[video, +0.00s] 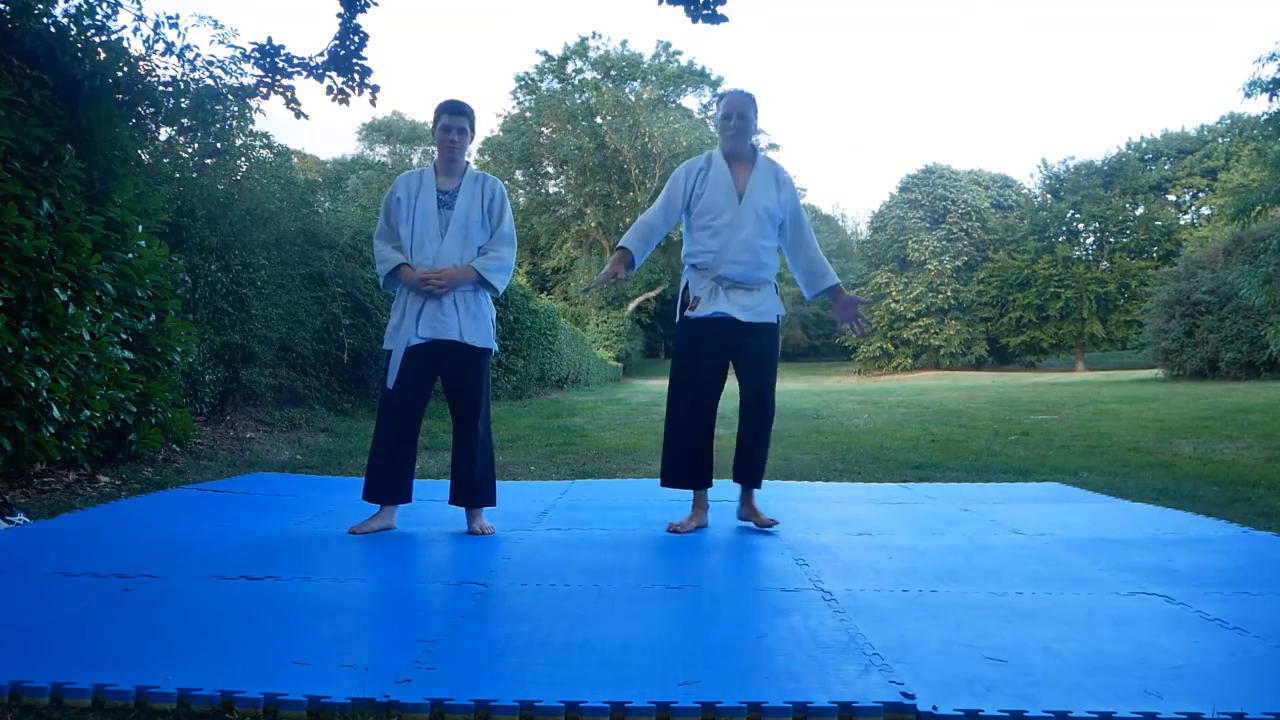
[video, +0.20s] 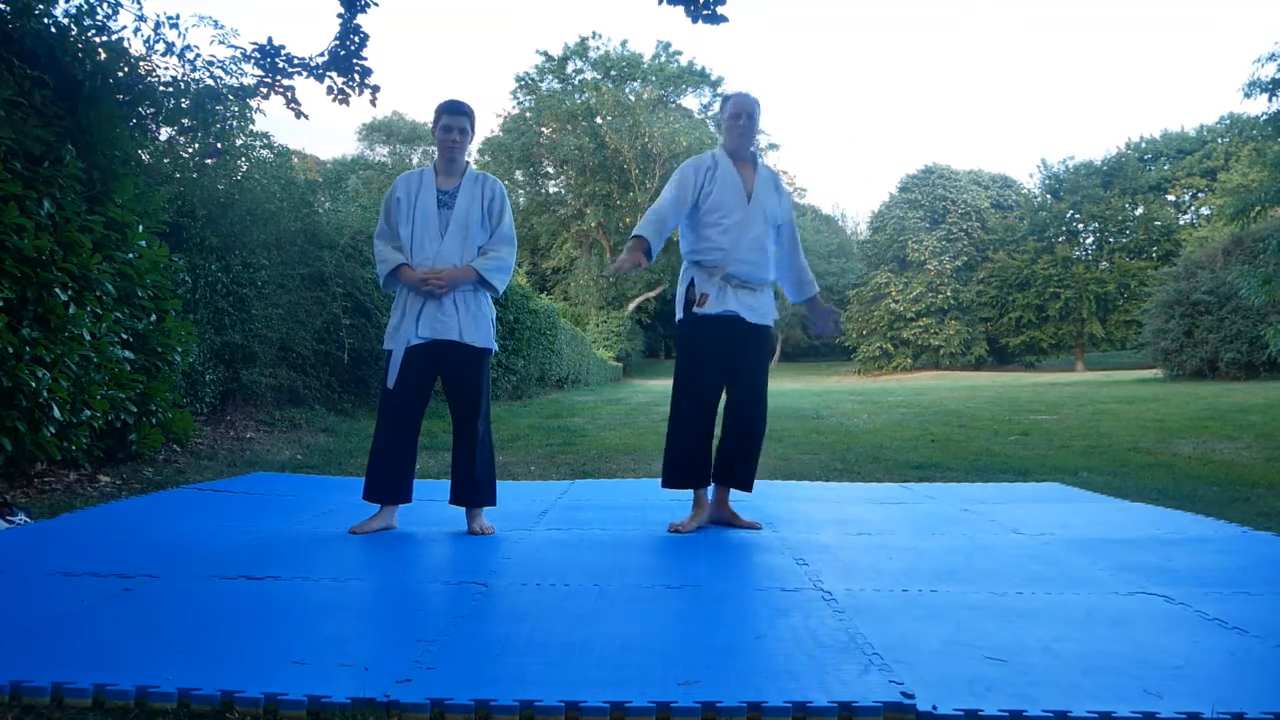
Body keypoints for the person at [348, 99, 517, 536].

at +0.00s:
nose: (452, 137)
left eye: (460, 131)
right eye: (446, 129)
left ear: (472, 139)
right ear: (433, 134)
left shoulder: (491, 190)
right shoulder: (405, 186)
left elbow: (503, 256)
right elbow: (383, 246)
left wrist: (457, 275)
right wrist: (412, 276)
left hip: (469, 321)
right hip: (413, 319)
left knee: (472, 420)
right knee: (397, 415)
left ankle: (475, 513)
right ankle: (387, 510)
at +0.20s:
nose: (453, 137)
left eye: (461, 131)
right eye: (446, 129)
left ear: (472, 138)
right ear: (433, 133)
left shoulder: (491, 190)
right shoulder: (404, 186)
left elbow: (503, 256)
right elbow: (383, 247)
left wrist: (457, 275)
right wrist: (411, 276)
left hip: (469, 321)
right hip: (413, 319)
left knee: (472, 420)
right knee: (397, 415)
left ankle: (475, 513)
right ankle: (388, 510)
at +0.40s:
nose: (466, 139)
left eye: (472, 133)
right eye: (459, 130)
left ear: (477, 138)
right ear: (437, 132)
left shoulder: (489, 190)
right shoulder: (403, 184)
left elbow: (502, 255)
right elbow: (381, 246)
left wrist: (457, 275)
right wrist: (410, 276)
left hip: (468, 321)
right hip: (412, 319)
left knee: (471, 420)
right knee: (396, 416)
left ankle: (475, 513)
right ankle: (387, 511)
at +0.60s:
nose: (477, 145)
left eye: (480, 138)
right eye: (470, 136)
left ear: (477, 141)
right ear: (443, 132)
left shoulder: (484, 191)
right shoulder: (401, 180)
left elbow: (496, 253)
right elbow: (378, 245)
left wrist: (468, 280)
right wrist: (415, 278)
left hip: (465, 322)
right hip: (409, 320)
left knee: (468, 421)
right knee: (393, 416)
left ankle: (473, 510)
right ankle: (387, 511)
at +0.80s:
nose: (488, 150)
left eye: (491, 143)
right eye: (484, 141)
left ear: (476, 143)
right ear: (458, 135)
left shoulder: (481, 193)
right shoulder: (413, 177)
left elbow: (488, 250)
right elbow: (389, 243)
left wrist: (488, 286)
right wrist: (432, 286)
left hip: (466, 319)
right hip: (413, 315)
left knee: (476, 407)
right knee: (394, 411)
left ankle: (473, 505)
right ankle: (386, 510)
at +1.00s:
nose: (514, 160)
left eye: (517, 153)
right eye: (512, 150)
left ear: (499, 147)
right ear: (489, 140)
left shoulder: (497, 203)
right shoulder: (439, 178)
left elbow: (496, 266)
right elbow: (410, 238)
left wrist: (502, 317)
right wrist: (432, 290)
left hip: (475, 325)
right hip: (424, 317)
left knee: (478, 412)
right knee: (400, 413)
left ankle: (463, 508)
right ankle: (386, 510)